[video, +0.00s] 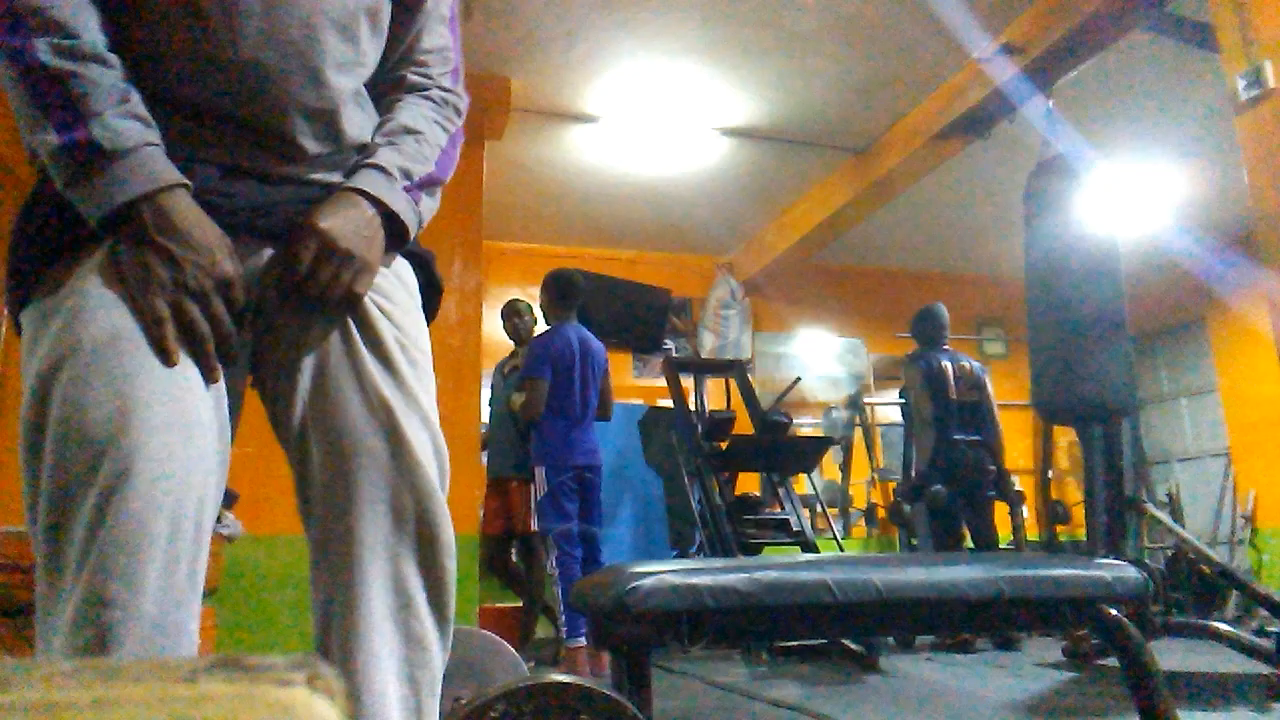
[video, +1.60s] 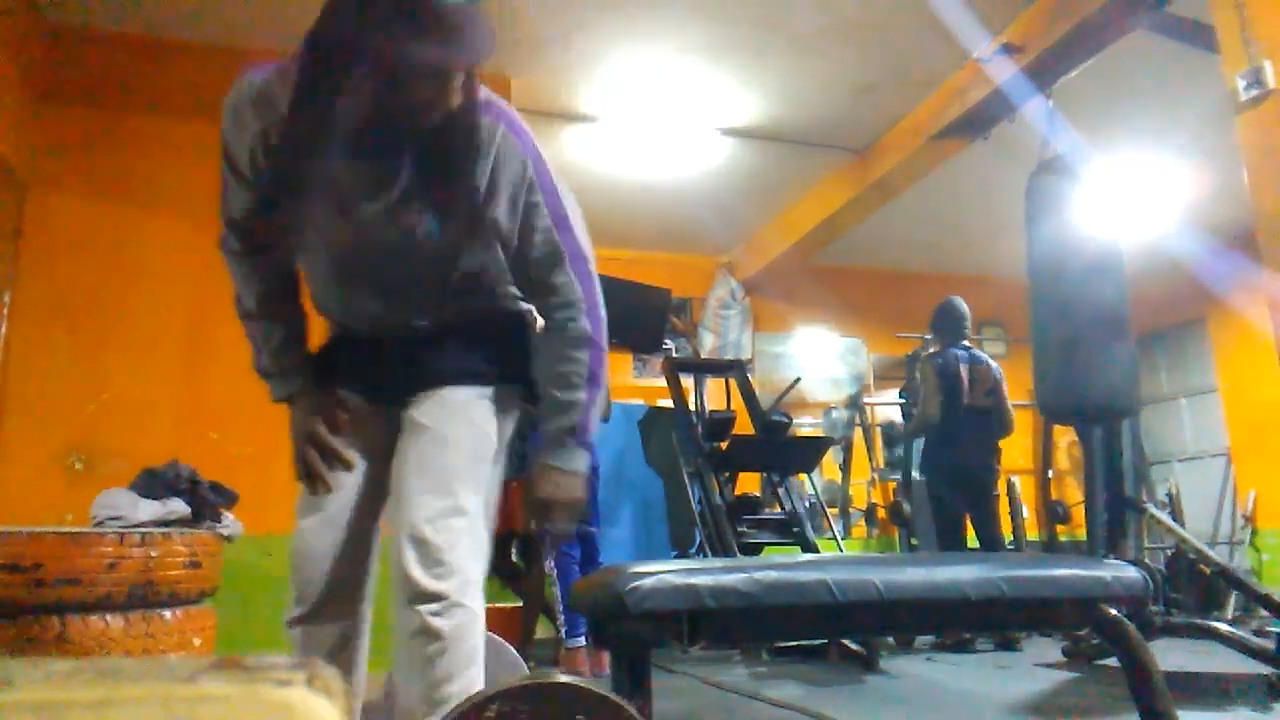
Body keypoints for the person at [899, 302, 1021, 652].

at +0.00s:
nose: (914, 338)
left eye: (915, 333)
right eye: (916, 333)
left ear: (918, 333)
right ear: (947, 331)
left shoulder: (917, 365)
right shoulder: (975, 368)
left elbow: (924, 420)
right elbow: (991, 424)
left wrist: (917, 471)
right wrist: (1001, 470)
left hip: (939, 465)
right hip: (977, 463)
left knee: (946, 545)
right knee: (987, 542)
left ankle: (959, 629)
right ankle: (1004, 626)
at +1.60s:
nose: (932, 334)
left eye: (934, 328)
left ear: (937, 328)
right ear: (969, 327)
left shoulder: (932, 363)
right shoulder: (990, 365)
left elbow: (930, 416)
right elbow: (1007, 423)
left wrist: (902, 433)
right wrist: (978, 436)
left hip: (944, 464)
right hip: (981, 465)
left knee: (950, 544)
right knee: (992, 541)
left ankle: (955, 628)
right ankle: (1006, 626)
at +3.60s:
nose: (927, 339)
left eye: (927, 333)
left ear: (928, 332)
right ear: (961, 329)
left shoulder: (929, 364)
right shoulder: (987, 365)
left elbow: (931, 421)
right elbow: (1005, 422)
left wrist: (905, 417)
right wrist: (973, 422)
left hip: (944, 469)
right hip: (981, 469)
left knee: (951, 549)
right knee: (994, 544)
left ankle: (960, 628)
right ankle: (1008, 625)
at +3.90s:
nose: (919, 342)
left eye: (918, 337)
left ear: (920, 337)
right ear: (951, 333)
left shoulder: (924, 366)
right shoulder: (978, 367)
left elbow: (931, 419)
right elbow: (1001, 423)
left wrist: (918, 465)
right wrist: (999, 467)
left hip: (942, 466)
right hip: (977, 465)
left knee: (948, 546)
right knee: (990, 542)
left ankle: (957, 630)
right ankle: (1005, 627)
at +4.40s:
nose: (929, 338)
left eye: (929, 333)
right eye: (933, 333)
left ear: (933, 332)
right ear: (965, 329)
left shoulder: (933, 366)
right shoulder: (989, 365)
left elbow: (924, 421)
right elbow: (1004, 424)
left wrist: (904, 415)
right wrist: (977, 423)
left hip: (945, 466)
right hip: (982, 466)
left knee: (951, 547)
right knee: (995, 543)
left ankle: (956, 629)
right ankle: (1009, 627)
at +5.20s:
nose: (923, 340)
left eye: (923, 334)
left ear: (924, 335)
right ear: (955, 332)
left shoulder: (927, 369)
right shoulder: (981, 369)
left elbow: (936, 425)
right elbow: (1001, 427)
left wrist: (918, 466)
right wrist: (994, 469)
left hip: (944, 471)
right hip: (979, 470)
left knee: (948, 549)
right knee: (993, 545)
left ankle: (956, 630)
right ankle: (1008, 627)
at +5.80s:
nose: (929, 341)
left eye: (929, 335)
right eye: (931, 336)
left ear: (933, 334)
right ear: (964, 329)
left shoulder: (936, 363)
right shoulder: (992, 364)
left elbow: (929, 420)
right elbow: (1004, 424)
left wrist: (905, 419)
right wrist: (974, 425)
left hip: (946, 467)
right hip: (983, 466)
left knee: (950, 546)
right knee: (992, 541)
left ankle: (955, 628)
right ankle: (1008, 627)